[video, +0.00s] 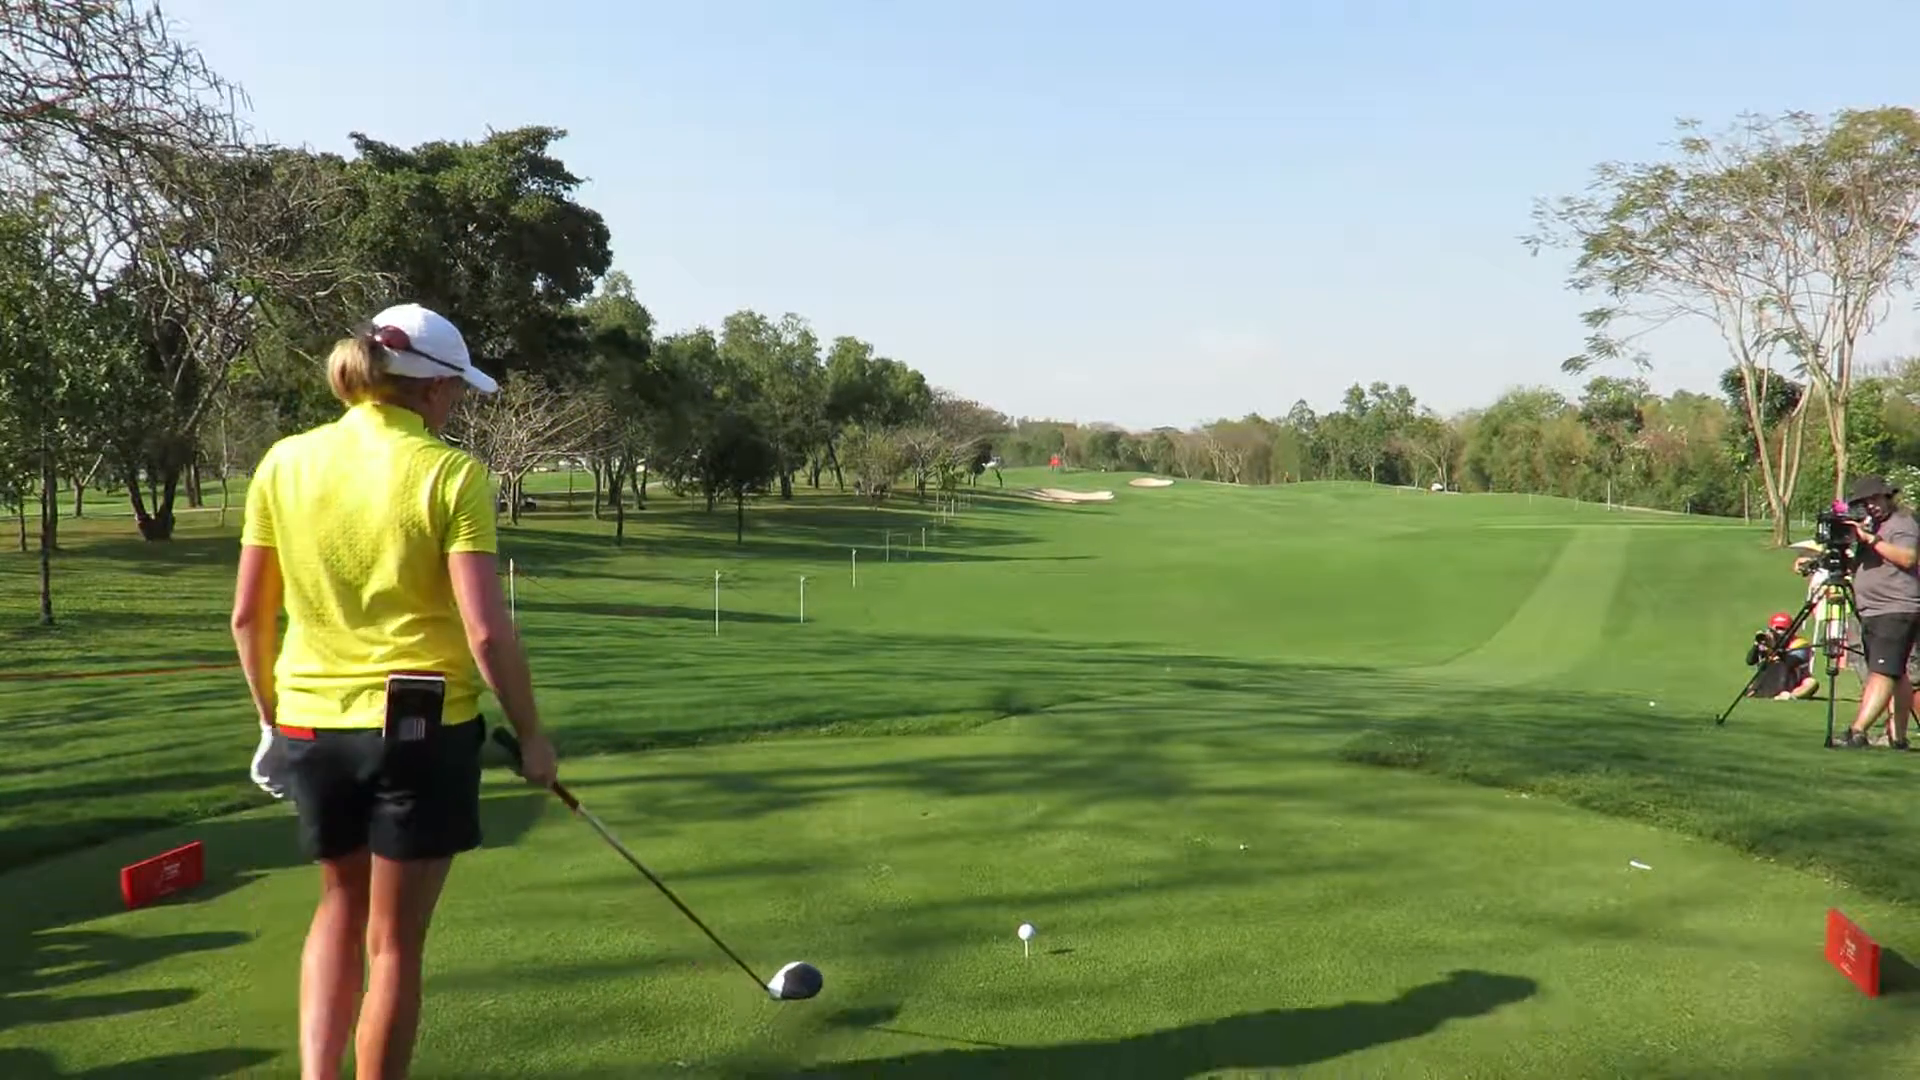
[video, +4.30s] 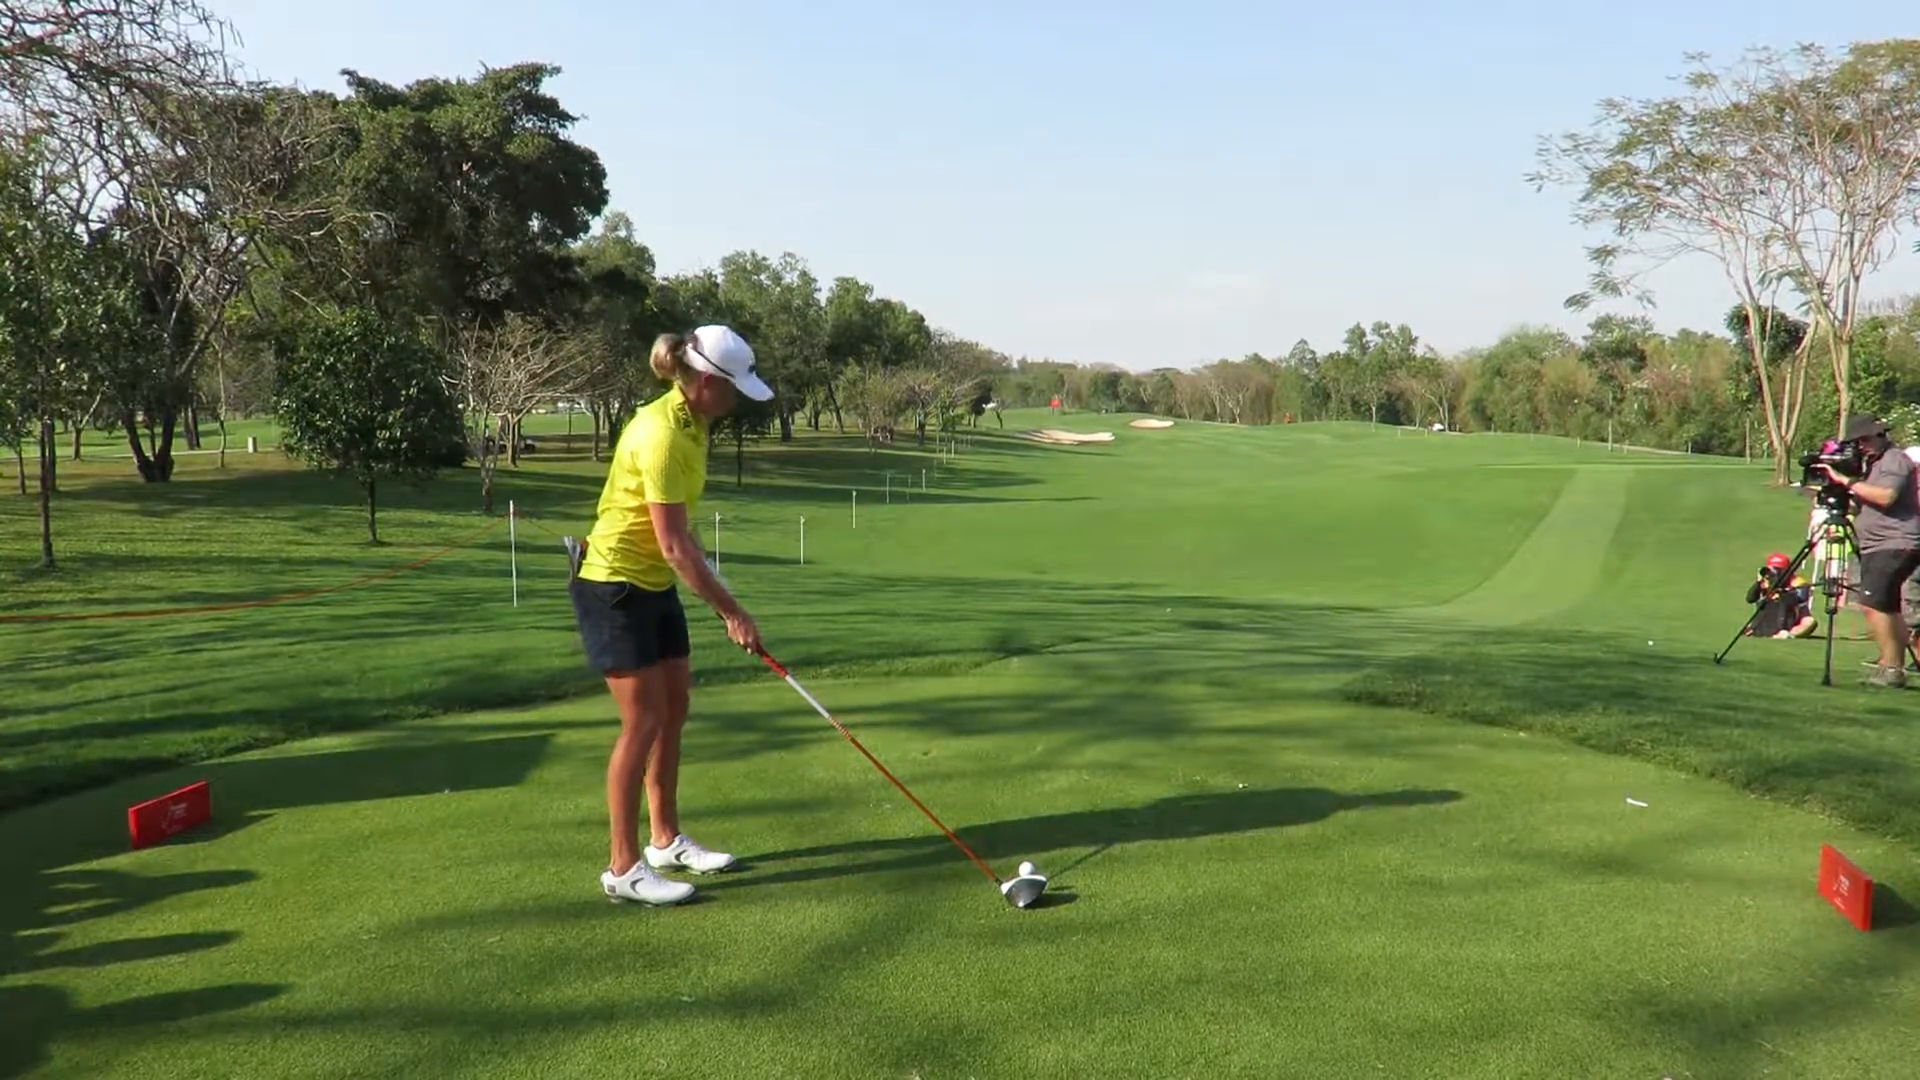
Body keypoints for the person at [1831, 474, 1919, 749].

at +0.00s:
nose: (1868, 509)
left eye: (1872, 502)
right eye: (1864, 505)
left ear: (1885, 499)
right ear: (1863, 506)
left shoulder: (1902, 523)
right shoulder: (1874, 527)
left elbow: (1908, 559)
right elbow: (1864, 565)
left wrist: (1870, 540)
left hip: (1897, 610)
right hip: (1874, 611)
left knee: (1882, 671)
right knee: (1895, 676)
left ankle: (1857, 730)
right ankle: (1898, 736)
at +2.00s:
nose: (1868, 475)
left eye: (1872, 469)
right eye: (1864, 471)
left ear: (1886, 466)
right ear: (1864, 473)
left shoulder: (1901, 490)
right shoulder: (1876, 494)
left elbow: (1901, 524)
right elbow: (1867, 531)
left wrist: (1865, 508)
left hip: (1896, 577)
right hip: (1875, 577)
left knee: (1882, 638)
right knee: (1894, 642)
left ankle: (1856, 697)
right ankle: (1898, 702)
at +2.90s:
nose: (1866, 454)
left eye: (1870, 447)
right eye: (1863, 449)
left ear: (1885, 444)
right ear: (1863, 451)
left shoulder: (1899, 469)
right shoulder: (1877, 472)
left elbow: (1895, 504)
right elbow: (1864, 508)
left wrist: (1857, 486)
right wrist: (1845, 484)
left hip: (1892, 553)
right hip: (1874, 553)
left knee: (1870, 612)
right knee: (1893, 618)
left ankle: (1855, 677)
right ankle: (1895, 680)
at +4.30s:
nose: (1862, 449)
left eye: (1865, 441)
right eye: (1858, 444)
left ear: (1879, 437)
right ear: (1860, 444)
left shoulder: (1895, 460)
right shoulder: (1878, 464)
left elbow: (1886, 496)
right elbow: (1863, 503)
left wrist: (1847, 483)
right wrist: (1841, 485)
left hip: (1896, 545)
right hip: (1881, 545)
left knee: (1874, 604)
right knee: (1889, 609)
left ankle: (1890, 666)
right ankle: (1894, 665)